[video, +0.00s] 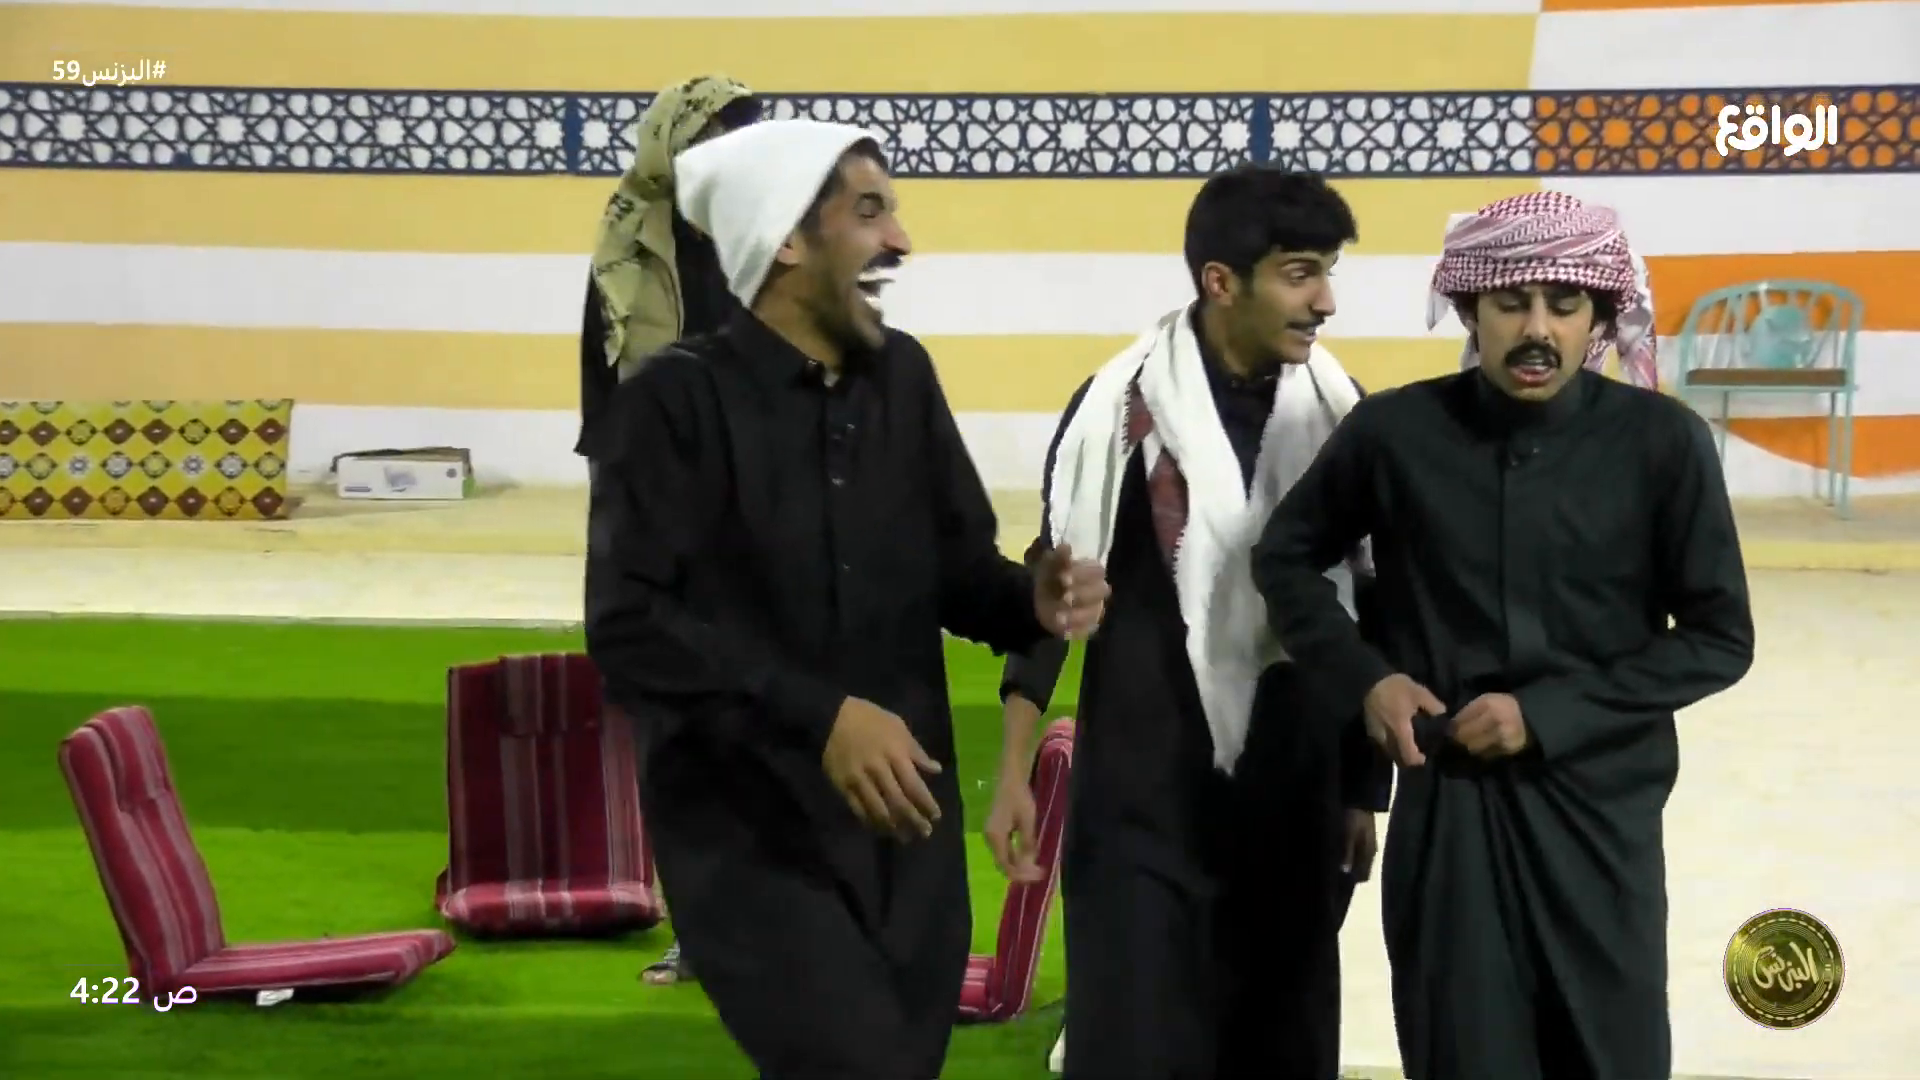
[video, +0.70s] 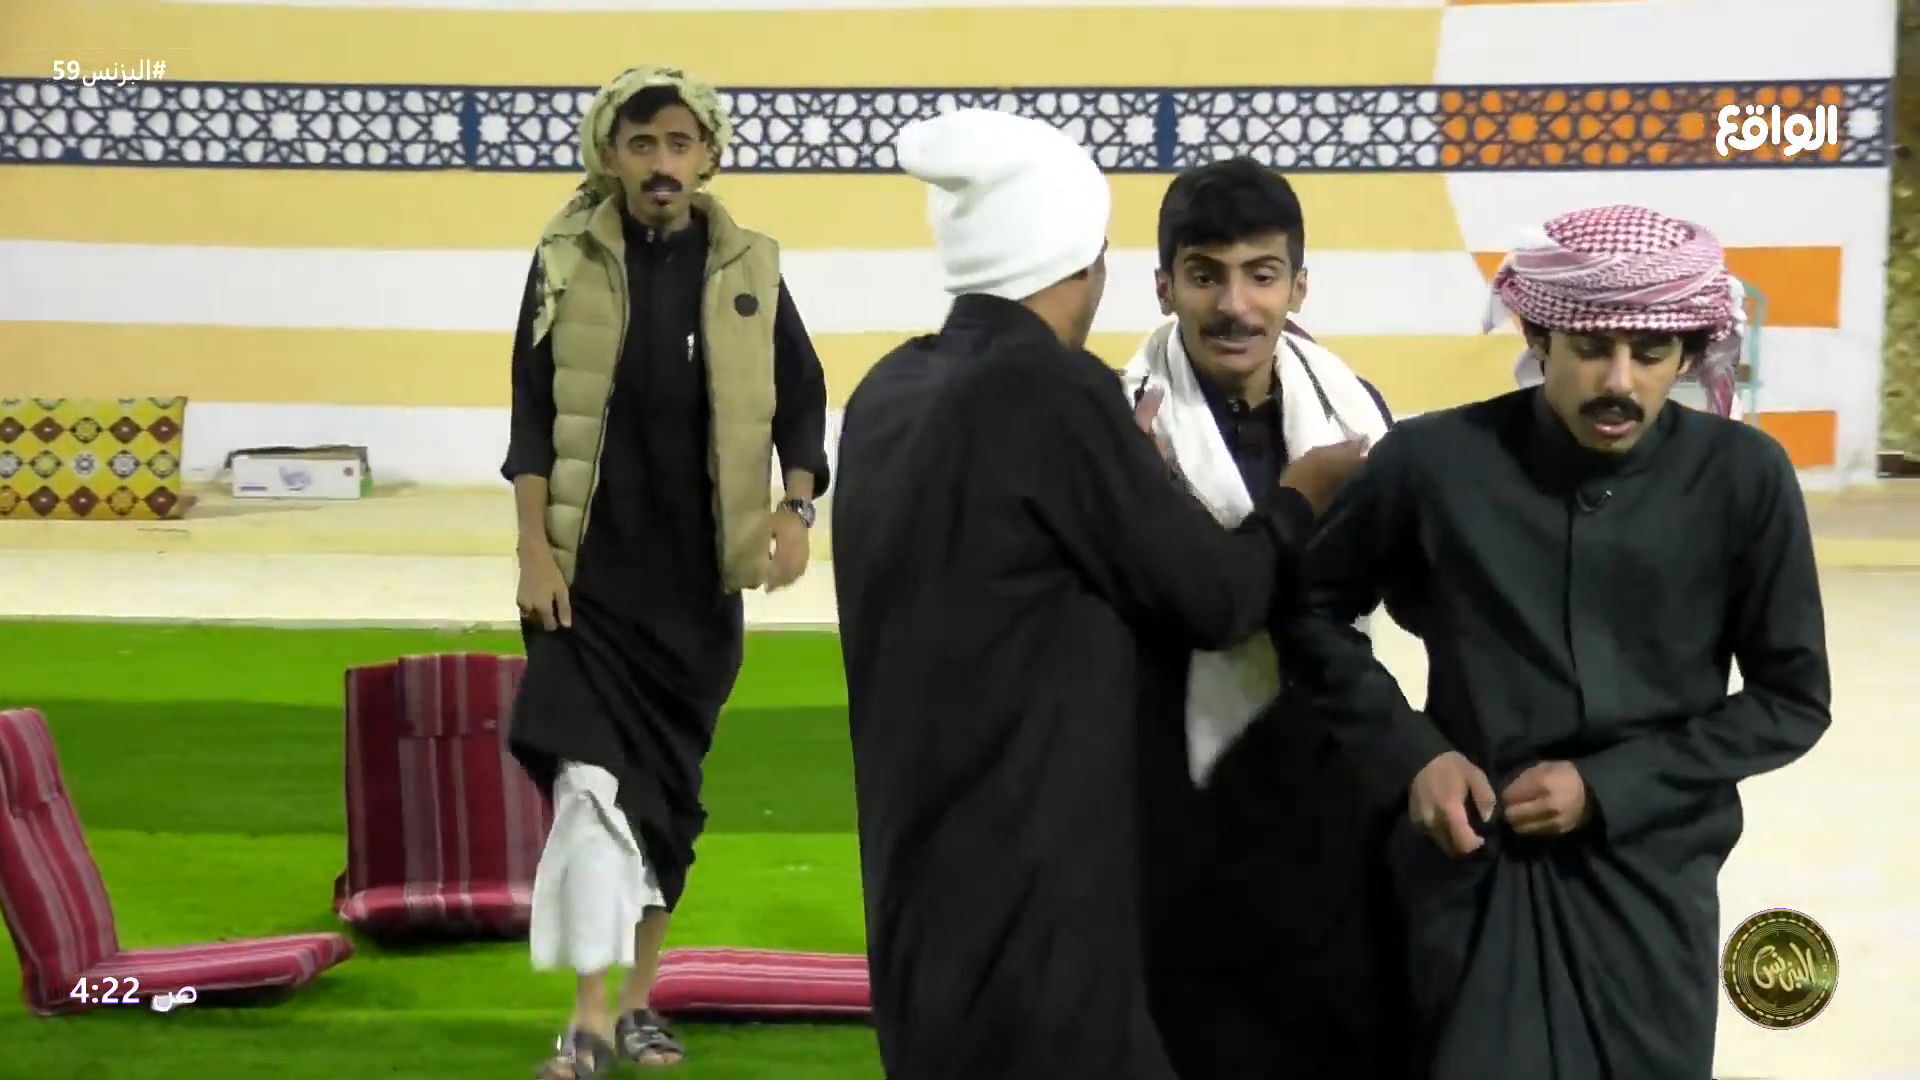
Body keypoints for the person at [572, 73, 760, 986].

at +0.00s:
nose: (739, 165)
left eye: (747, 147)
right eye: (722, 145)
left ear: (754, 159)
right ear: (679, 147)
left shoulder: (776, 239)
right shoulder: (628, 248)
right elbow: (603, 415)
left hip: (774, 542)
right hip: (664, 543)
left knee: (765, 737)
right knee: (682, 735)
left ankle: (768, 920)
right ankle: (699, 928)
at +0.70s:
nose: (662, 160)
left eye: (680, 141)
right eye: (641, 142)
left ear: (708, 154)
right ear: (609, 156)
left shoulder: (747, 265)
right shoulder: (565, 262)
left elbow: (802, 392)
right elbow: (531, 411)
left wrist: (796, 510)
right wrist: (533, 542)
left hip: (699, 565)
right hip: (584, 560)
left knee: (670, 789)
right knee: (590, 776)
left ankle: (636, 1003)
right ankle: (590, 1018)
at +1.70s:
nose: (665, 197)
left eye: (679, 181)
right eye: (647, 177)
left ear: (690, 191)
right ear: (597, 177)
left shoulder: (691, 283)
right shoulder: (538, 274)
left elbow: (768, 393)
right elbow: (506, 424)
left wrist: (744, 364)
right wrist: (527, 553)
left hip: (668, 573)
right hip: (571, 569)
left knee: (651, 777)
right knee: (585, 779)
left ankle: (625, 995)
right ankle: (495, 970)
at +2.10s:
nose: (622, 201)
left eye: (631, 186)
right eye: (604, 185)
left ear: (635, 190)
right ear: (551, 186)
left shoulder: (637, 287)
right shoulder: (502, 288)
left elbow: (672, 411)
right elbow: (481, 442)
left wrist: (723, 510)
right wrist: (515, 571)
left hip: (628, 569)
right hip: (538, 573)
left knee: (627, 765)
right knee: (543, 775)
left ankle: (606, 953)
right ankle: (526, 989)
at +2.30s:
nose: (642, 217)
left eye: (649, 200)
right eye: (625, 200)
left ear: (644, 204)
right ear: (569, 203)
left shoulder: (616, 295)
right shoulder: (528, 300)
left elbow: (619, 431)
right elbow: (513, 452)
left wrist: (635, 555)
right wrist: (533, 576)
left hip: (599, 566)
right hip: (534, 574)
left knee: (601, 753)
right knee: (542, 771)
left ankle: (598, 940)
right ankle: (536, 975)